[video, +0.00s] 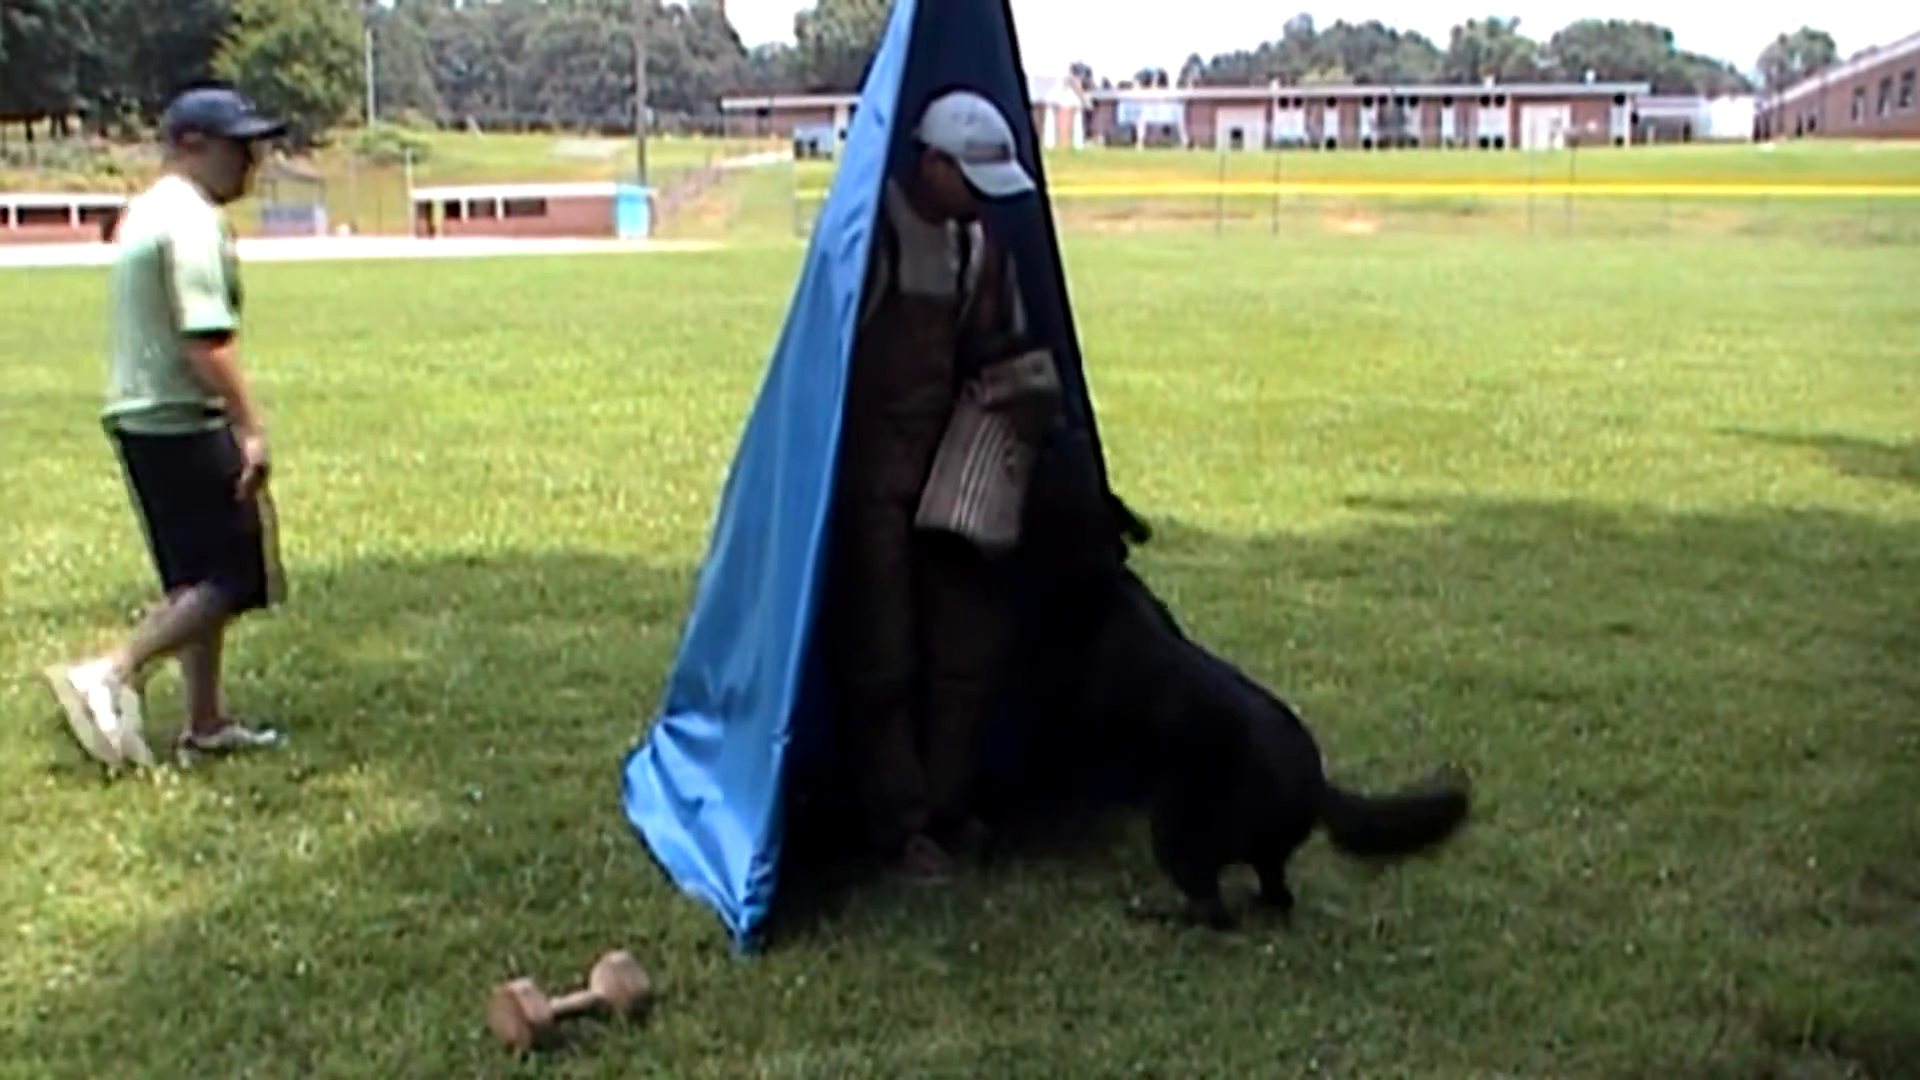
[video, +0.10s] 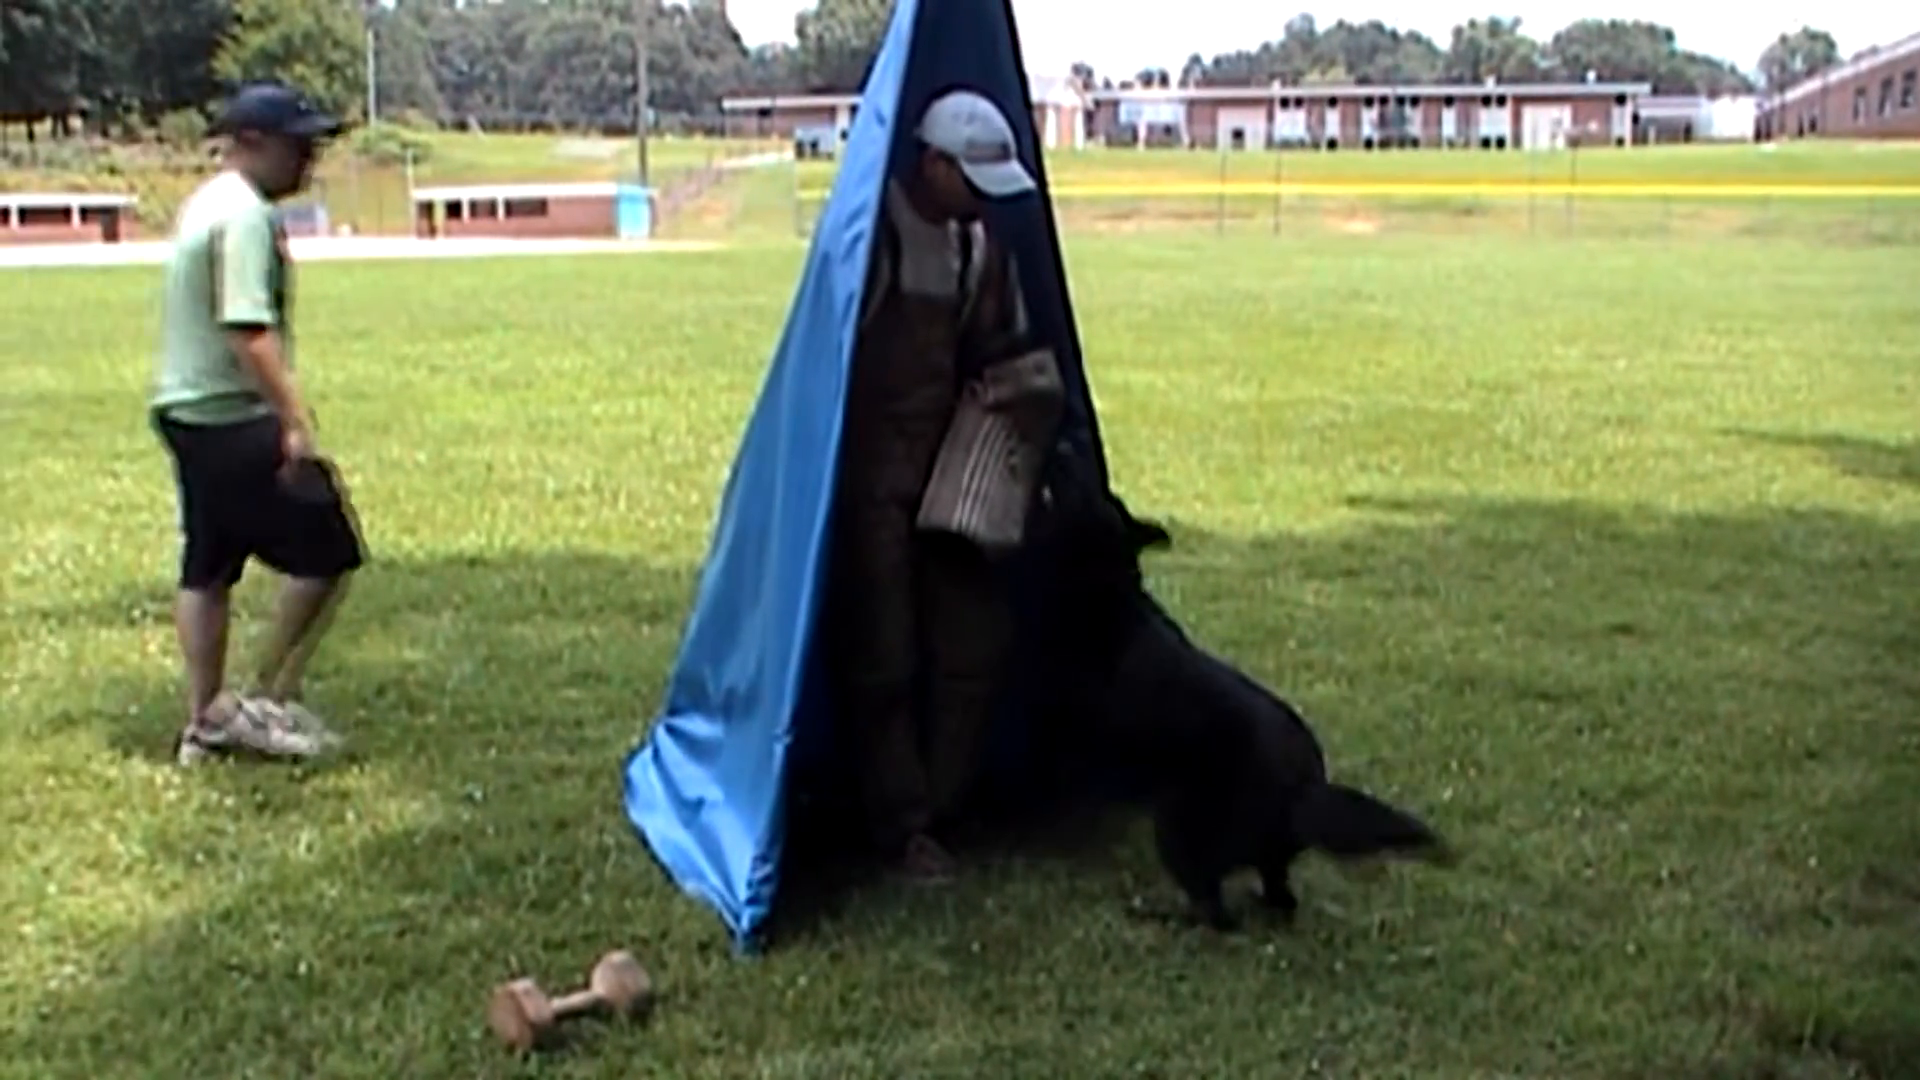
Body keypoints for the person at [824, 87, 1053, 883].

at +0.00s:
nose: (980, 196)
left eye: (987, 183)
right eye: (971, 179)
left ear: (983, 172)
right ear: (928, 162)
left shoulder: (984, 249)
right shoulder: (863, 244)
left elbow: (1005, 362)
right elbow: (824, 369)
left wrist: (1028, 385)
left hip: (959, 486)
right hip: (872, 486)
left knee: (962, 648)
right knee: (885, 658)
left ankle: (948, 811)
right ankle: (899, 828)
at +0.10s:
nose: (980, 197)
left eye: (987, 183)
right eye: (970, 180)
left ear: (984, 173)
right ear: (928, 162)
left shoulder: (984, 250)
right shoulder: (864, 243)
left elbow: (1011, 362)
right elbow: (823, 366)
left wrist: (1026, 384)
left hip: (960, 484)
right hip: (872, 484)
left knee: (965, 646)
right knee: (886, 657)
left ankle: (940, 817)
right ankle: (900, 830)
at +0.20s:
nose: (979, 199)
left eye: (987, 185)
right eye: (970, 181)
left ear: (986, 173)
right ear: (928, 163)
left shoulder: (985, 250)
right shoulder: (865, 244)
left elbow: (1012, 362)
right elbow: (824, 368)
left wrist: (1024, 385)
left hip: (961, 486)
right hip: (873, 486)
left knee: (967, 646)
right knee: (887, 658)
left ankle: (950, 812)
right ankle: (901, 829)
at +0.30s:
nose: (979, 200)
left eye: (987, 186)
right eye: (970, 183)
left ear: (985, 175)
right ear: (928, 163)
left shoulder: (985, 250)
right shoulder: (865, 243)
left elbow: (1012, 361)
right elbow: (825, 369)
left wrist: (1025, 383)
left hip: (963, 486)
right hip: (874, 486)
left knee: (967, 647)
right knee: (888, 657)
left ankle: (951, 813)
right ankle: (900, 829)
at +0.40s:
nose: (980, 199)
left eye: (987, 185)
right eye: (970, 182)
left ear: (986, 174)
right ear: (928, 164)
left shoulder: (986, 248)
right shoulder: (865, 243)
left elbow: (1014, 363)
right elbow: (826, 370)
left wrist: (1025, 382)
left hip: (962, 488)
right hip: (875, 488)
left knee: (969, 647)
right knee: (888, 657)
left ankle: (951, 811)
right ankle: (900, 829)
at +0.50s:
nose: (979, 200)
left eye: (986, 186)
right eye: (969, 183)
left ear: (983, 175)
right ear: (928, 164)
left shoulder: (984, 249)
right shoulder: (864, 244)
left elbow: (1020, 363)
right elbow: (824, 370)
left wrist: (1021, 383)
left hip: (963, 487)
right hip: (874, 487)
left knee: (969, 646)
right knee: (887, 657)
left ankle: (951, 810)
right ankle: (898, 828)